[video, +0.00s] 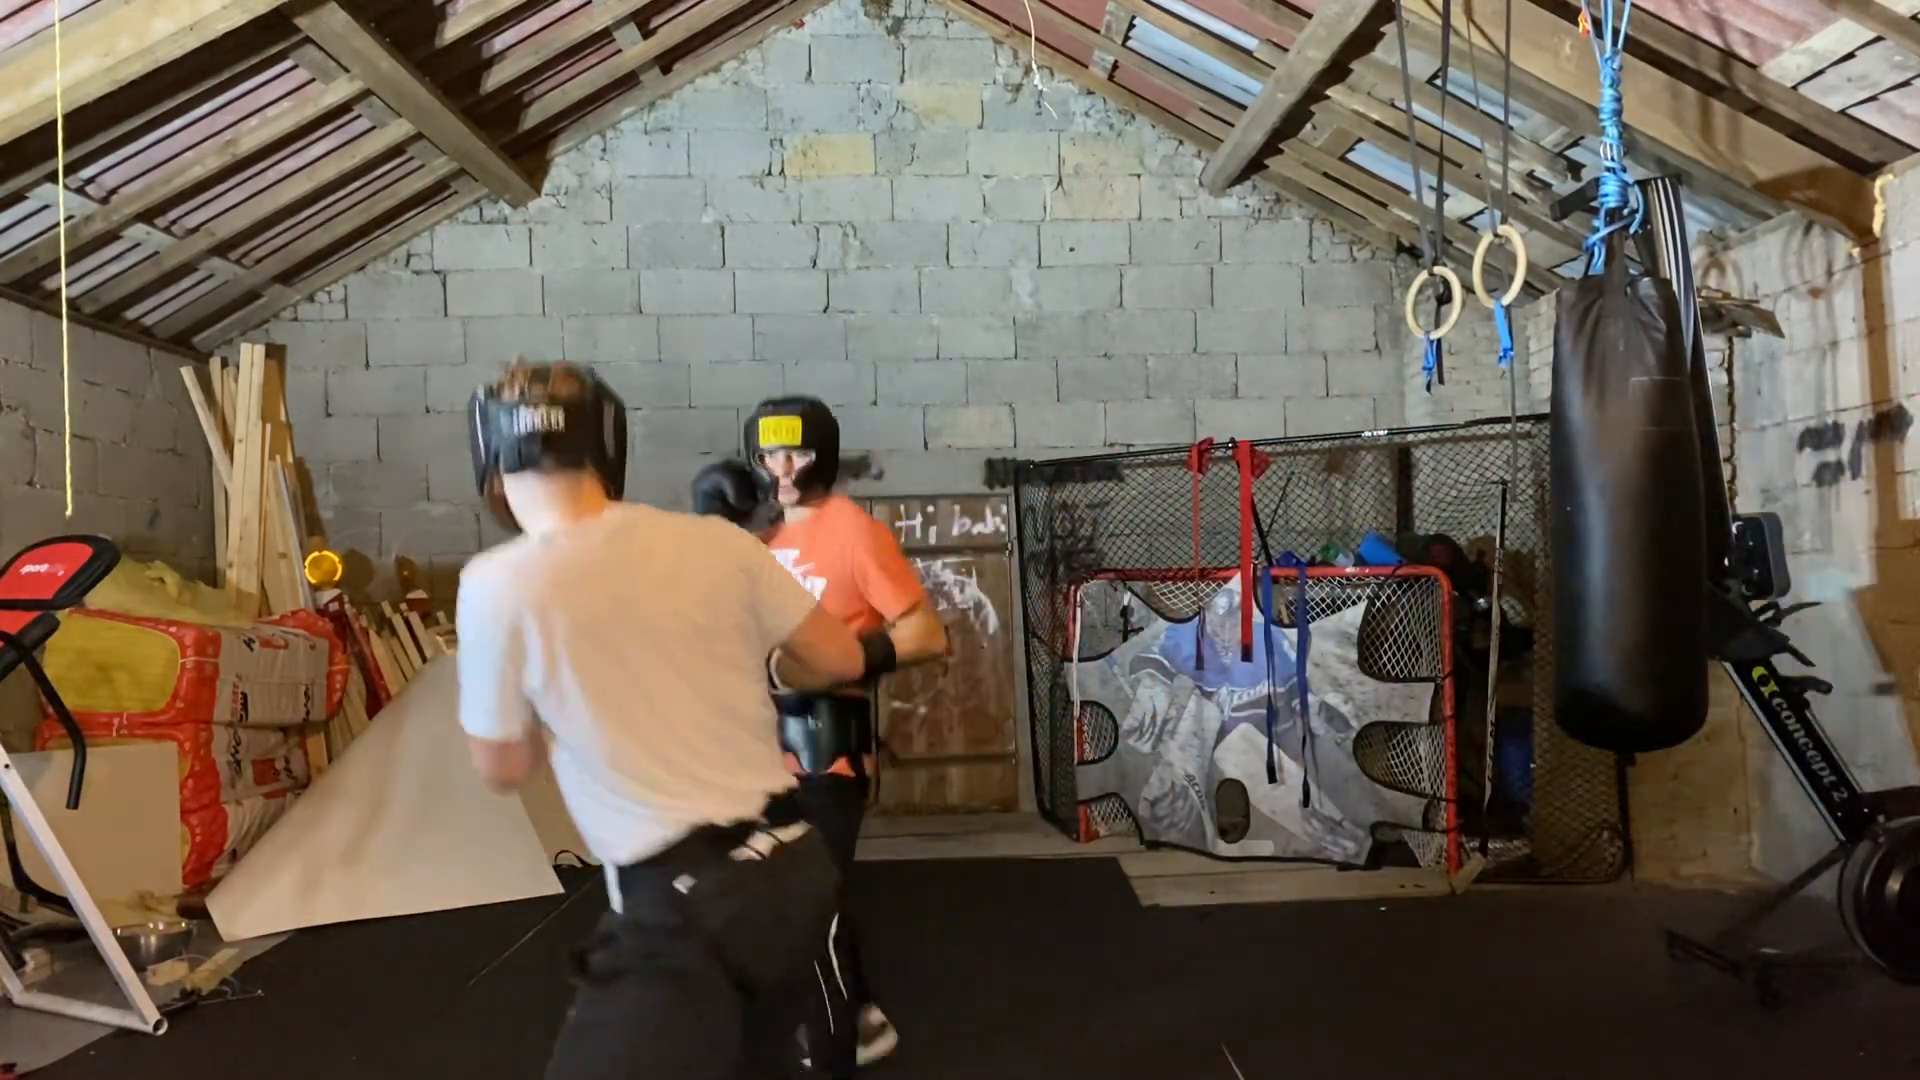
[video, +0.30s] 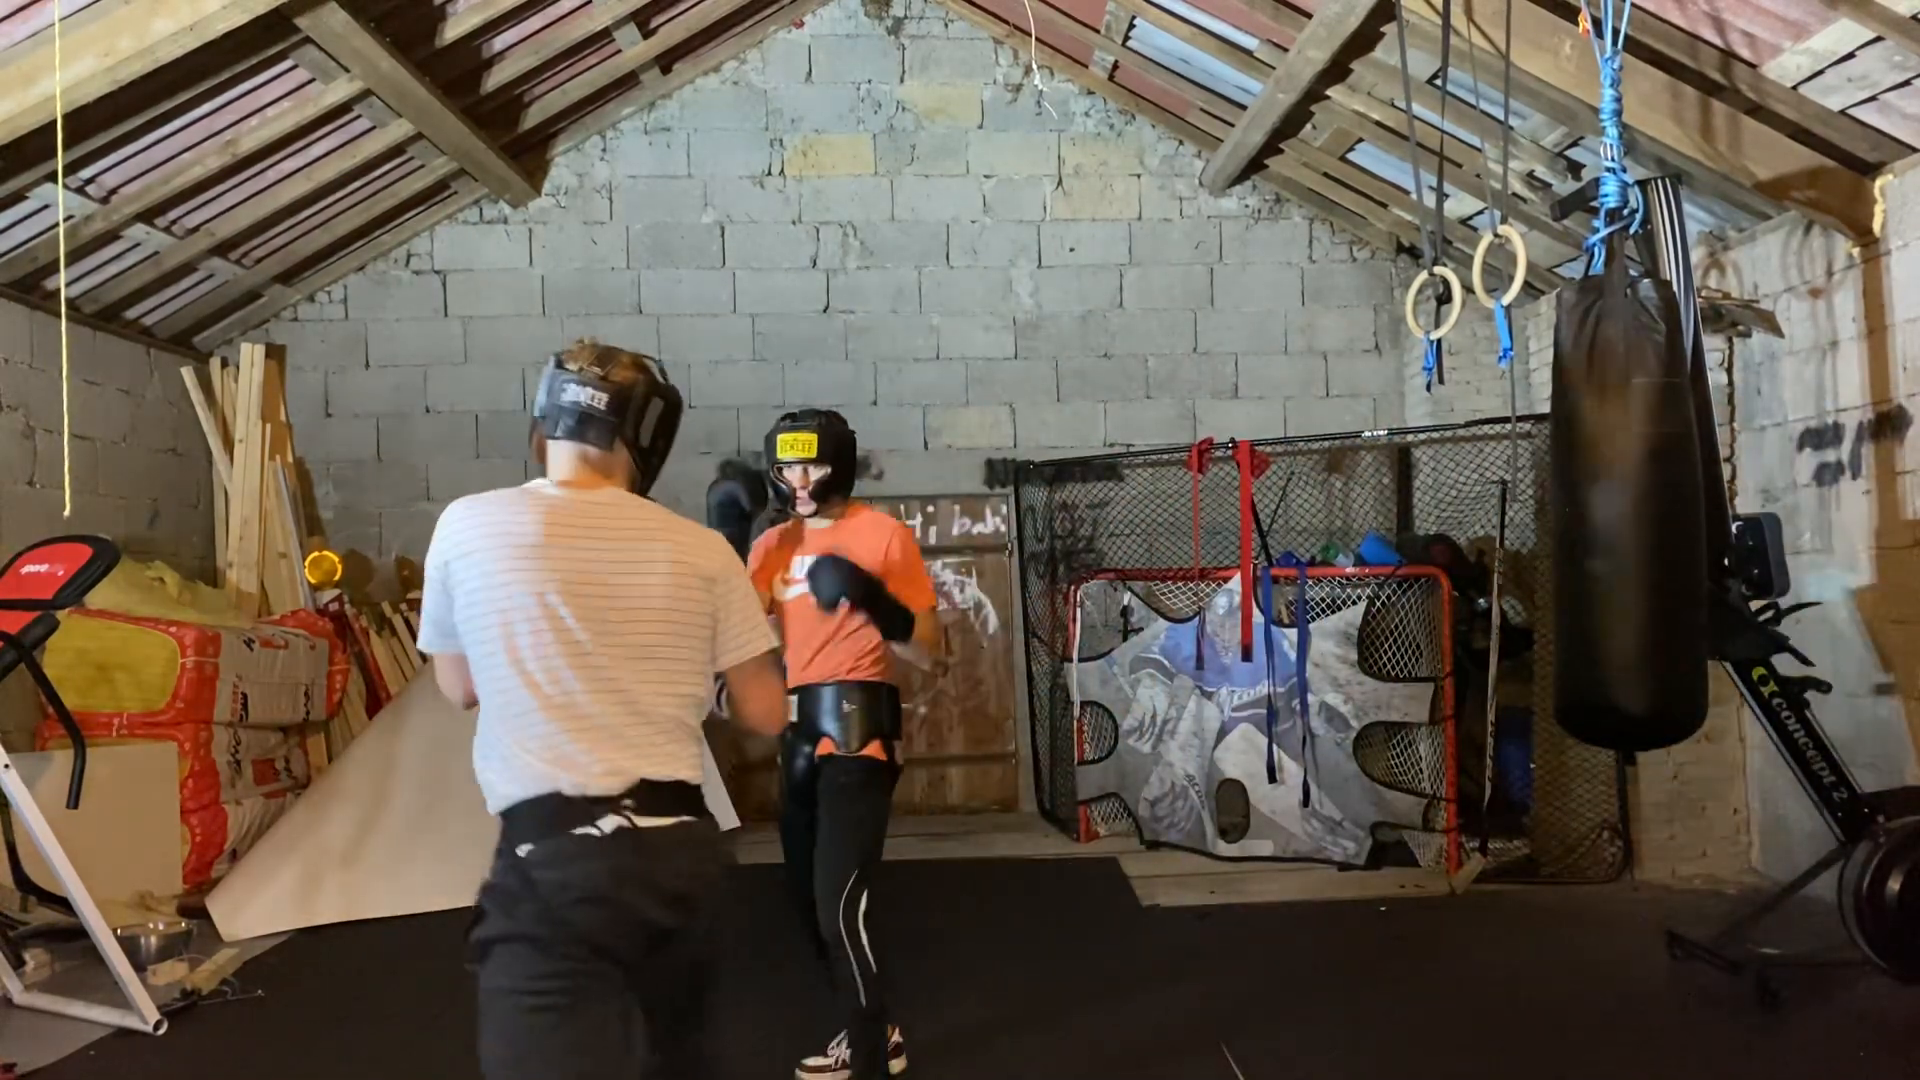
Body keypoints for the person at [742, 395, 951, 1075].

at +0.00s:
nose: (779, 468)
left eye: (791, 453)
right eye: (769, 455)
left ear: (821, 455)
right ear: (760, 461)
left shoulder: (856, 530)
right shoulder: (761, 532)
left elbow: (927, 634)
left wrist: (824, 660)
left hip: (831, 741)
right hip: (765, 736)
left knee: (818, 897)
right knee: (803, 888)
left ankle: (826, 1044)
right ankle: (860, 1012)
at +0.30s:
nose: (801, 482)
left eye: (813, 468)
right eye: (789, 469)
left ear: (842, 468)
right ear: (777, 473)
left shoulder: (884, 536)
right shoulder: (773, 546)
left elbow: (926, 646)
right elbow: (744, 631)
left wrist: (868, 593)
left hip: (858, 726)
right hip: (797, 727)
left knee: (840, 901)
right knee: (813, 897)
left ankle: (870, 1047)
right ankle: (866, 1024)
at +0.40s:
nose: (805, 487)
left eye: (817, 474)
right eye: (796, 474)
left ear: (849, 471)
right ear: (790, 478)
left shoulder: (892, 530)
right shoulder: (789, 541)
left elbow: (916, 639)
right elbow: (738, 625)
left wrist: (875, 539)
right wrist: (735, 535)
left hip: (872, 730)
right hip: (812, 732)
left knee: (851, 907)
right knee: (815, 898)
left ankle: (896, 1058)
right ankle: (862, 1033)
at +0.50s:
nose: (809, 485)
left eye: (820, 470)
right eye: (801, 472)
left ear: (855, 467)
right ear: (795, 479)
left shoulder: (902, 525)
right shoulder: (802, 542)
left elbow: (901, 613)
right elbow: (748, 622)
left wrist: (873, 515)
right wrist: (744, 538)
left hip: (888, 732)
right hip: (828, 735)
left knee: (872, 918)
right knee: (837, 905)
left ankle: (905, 1062)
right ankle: (868, 1033)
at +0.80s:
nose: (828, 478)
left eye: (834, 462)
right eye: (823, 466)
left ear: (867, 458)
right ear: (834, 478)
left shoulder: (932, 512)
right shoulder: (849, 537)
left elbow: (894, 590)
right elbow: (785, 610)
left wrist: (872, 488)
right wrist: (773, 517)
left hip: (932, 733)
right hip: (880, 733)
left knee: (895, 917)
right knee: (914, 904)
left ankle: (914, 1069)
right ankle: (966, 1050)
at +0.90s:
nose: (840, 484)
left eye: (846, 469)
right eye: (837, 473)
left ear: (879, 463)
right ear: (848, 479)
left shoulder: (943, 514)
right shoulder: (870, 536)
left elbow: (898, 587)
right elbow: (803, 609)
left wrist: (881, 490)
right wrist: (787, 519)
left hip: (950, 736)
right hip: (900, 734)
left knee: (893, 911)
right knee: (921, 900)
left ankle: (918, 1069)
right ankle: (967, 1051)